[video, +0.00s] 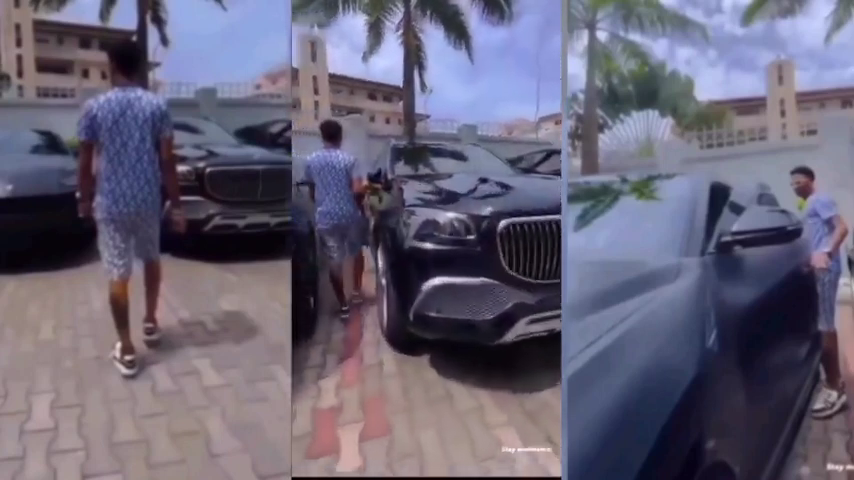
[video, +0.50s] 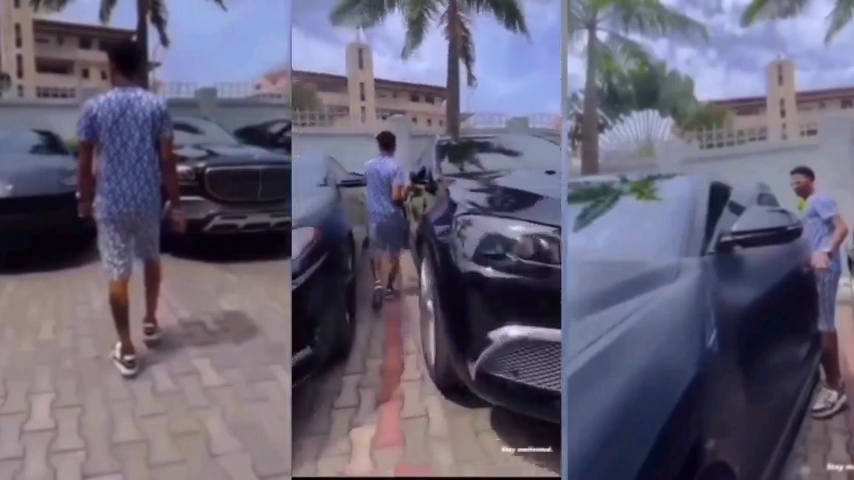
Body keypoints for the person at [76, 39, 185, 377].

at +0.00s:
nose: (110, 71)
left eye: (110, 66)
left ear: (112, 68)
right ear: (142, 67)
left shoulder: (95, 107)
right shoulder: (156, 106)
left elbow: (85, 161)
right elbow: (167, 160)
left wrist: (84, 199)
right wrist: (175, 202)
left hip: (110, 202)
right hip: (147, 200)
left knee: (118, 273)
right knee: (151, 260)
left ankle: (125, 348)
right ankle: (150, 319)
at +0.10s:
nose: (110, 71)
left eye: (110, 66)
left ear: (112, 68)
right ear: (142, 67)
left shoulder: (95, 107)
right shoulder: (156, 106)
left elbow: (85, 161)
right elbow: (167, 160)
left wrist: (84, 199)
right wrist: (175, 202)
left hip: (110, 202)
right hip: (147, 200)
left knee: (118, 273)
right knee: (151, 260)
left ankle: (125, 348)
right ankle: (150, 319)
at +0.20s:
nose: (110, 71)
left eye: (110, 66)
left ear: (112, 68)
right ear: (142, 67)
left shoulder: (95, 107)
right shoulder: (156, 106)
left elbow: (85, 161)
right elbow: (167, 160)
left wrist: (84, 199)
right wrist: (175, 202)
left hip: (110, 202)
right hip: (147, 200)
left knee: (118, 273)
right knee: (151, 260)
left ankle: (125, 348)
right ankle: (150, 319)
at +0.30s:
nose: (110, 71)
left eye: (110, 66)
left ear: (112, 68)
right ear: (142, 67)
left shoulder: (95, 107)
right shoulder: (156, 106)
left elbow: (85, 161)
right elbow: (167, 160)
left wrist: (84, 199)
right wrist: (175, 202)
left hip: (110, 202)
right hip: (147, 200)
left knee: (118, 273)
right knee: (151, 260)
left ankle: (125, 348)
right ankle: (150, 319)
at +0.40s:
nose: (110, 71)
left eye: (110, 66)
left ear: (112, 68)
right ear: (142, 67)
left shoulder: (95, 107)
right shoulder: (156, 106)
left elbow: (85, 161)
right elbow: (167, 160)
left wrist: (84, 199)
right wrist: (175, 202)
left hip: (110, 202)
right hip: (147, 200)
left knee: (118, 273)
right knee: (151, 260)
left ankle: (125, 348)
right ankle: (150, 319)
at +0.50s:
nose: (110, 71)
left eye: (110, 66)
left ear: (112, 68)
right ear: (142, 67)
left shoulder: (95, 107)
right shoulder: (156, 106)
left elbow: (85, 161)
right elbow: (167, 160)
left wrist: (84, 199)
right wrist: (175, 202)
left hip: (110, 202)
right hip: (147, 200)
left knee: (118, 273)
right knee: (151, 260)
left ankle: (125, 348)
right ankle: (150, 319)